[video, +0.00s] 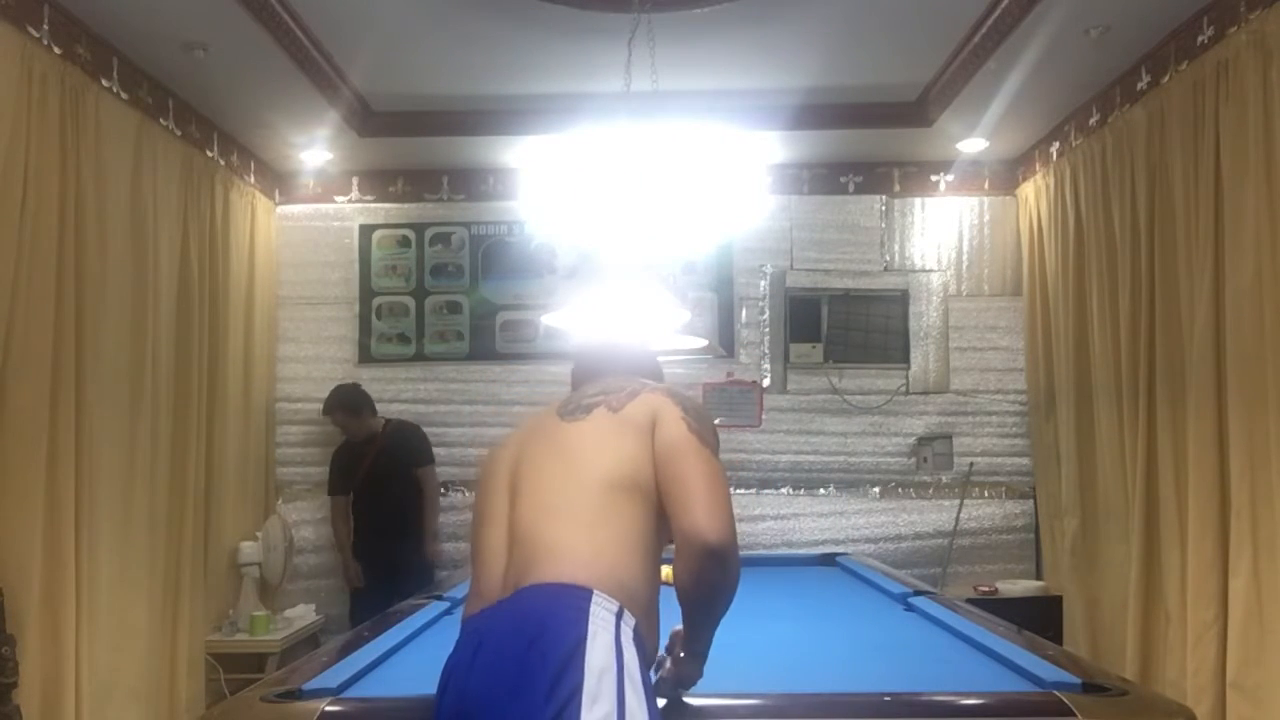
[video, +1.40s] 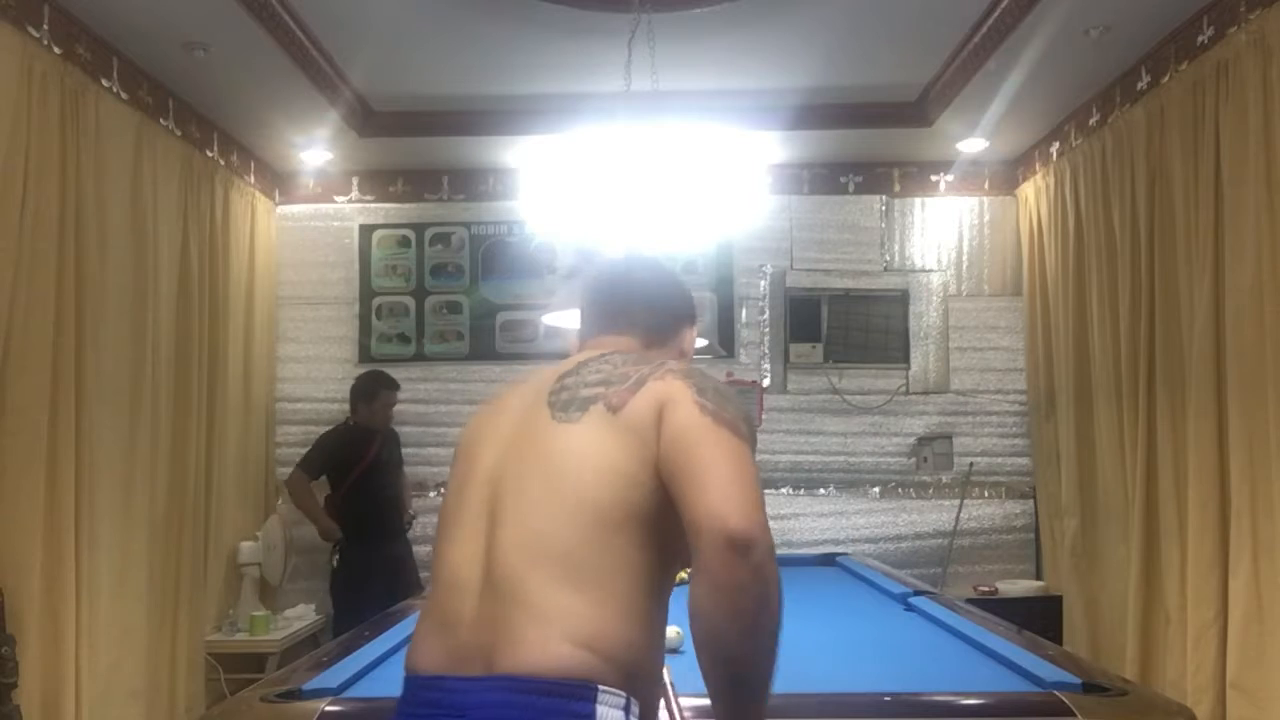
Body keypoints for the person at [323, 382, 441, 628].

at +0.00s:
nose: (342, 432)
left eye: (343, 425)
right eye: (338, 426)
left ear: (361, 413)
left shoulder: (407, 435)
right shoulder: (344, 455)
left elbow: (431, 489)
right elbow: (340, 513)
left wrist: (430, 541)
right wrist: (348, 560)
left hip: (411, 554)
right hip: (369, 558)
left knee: (415, 629)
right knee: (368, 633)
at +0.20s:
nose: (353, 426)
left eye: (354, 418)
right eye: (350, 420)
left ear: (373, 408)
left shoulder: (423, 434)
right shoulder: (356, 451)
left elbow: (453, 478)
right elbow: (348, 507)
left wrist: (454, 530)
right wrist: (345, 555)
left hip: (413, 553)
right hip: (370, 555)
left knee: (414, 627)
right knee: (366, 630)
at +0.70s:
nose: (382, 413)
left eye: (387, 405)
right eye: (376, 407)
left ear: (404, 400)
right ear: (369, 408)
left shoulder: (432, 439)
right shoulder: (363, 444)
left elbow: (455, 484)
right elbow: (337, 487)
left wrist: (450, 533)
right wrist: (345, 534)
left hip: (420, 550)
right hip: (375, 551)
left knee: (421, 627)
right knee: (366, 630)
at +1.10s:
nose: (396, 409)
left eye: (399, 402)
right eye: (389, 403)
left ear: (404, 402)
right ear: (367, 403)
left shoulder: (407, 437)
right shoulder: (348, 435)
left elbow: (419, 475)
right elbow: (304, 473)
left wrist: (421, 509)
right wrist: (329, 518)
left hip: (405, 551)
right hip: (364, 552)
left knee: (408, 631)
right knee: (358, 636)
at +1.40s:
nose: (392, 413)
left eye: (393, 406)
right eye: (387, 407)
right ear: (361, 406)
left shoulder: (390, 438)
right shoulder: (337, 439)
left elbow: (399, 475)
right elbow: (296, 482)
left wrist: (405, 508)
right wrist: (323, 523)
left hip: (396, 554)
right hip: (357, 557)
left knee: (403, 631)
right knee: (354, 640)